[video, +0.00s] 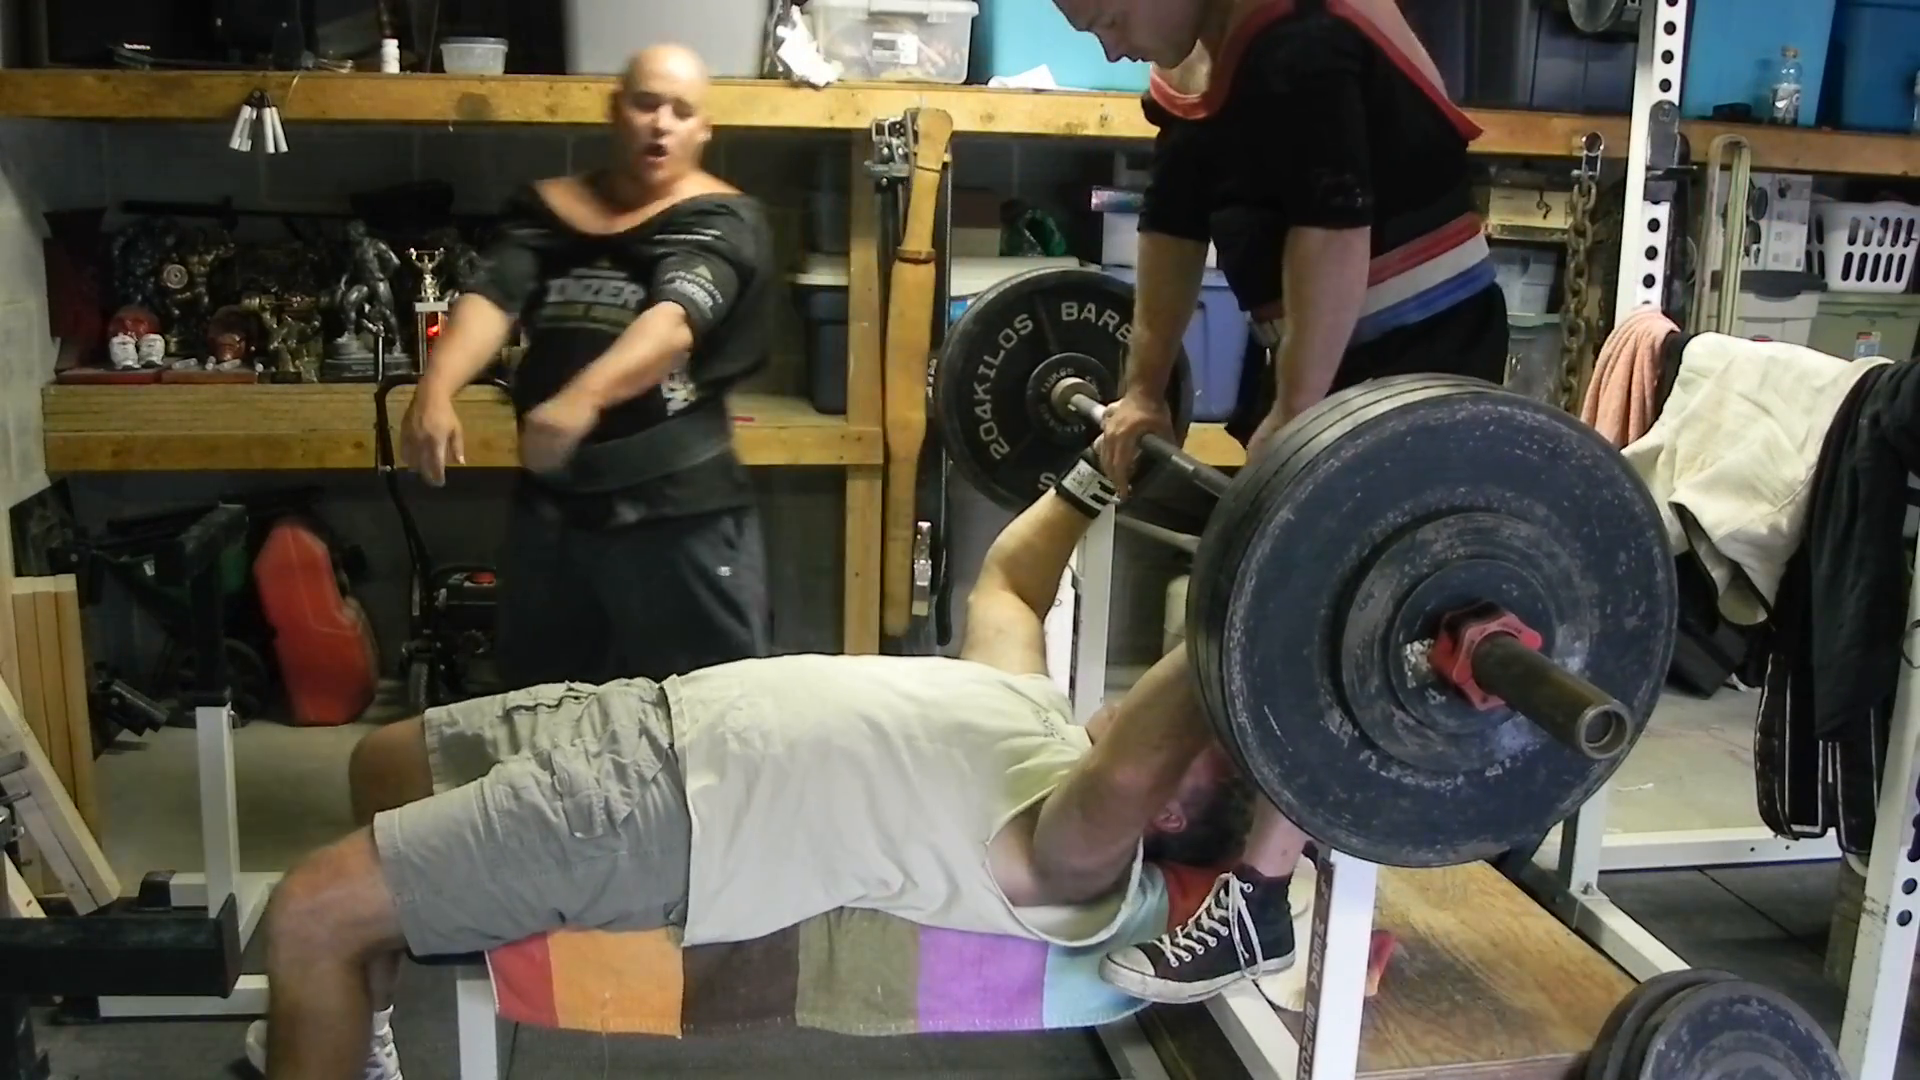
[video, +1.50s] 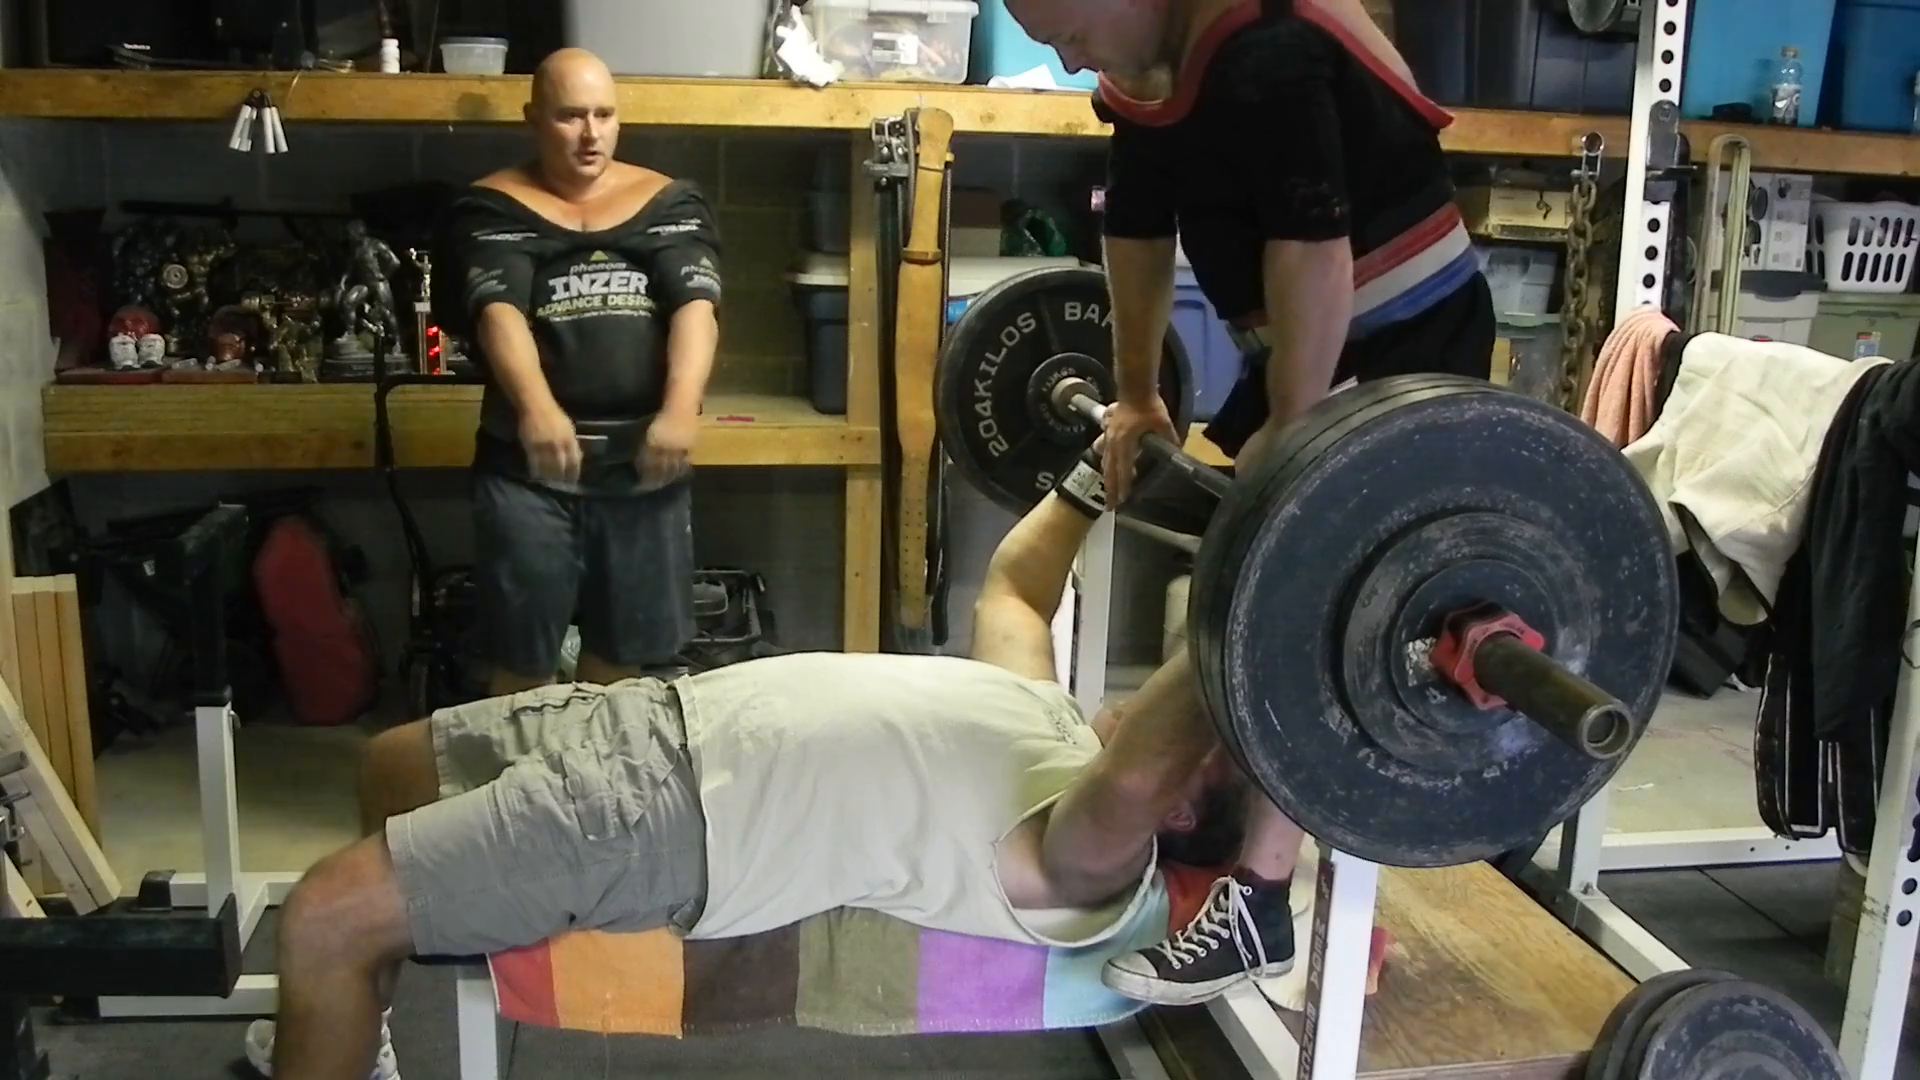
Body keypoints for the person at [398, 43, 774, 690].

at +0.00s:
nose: (661, 123)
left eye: (680, 110)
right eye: (646, 104)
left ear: (703, 128)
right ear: (615, 108)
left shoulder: (721, 216)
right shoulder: (548, 205)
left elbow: (676, 322)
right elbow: (491, 297)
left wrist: (581, 397)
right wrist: (435, 390)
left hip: (682, 518)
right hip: (554, 517)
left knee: (702, 731)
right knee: (546, 729)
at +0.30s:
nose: (545, 114)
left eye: (559, 99)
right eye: (526, 98)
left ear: (572, 109)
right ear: (482, 106)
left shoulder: (615, 199)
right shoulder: (435, 207)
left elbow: (657, 294)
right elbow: (436, 314)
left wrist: (667, 392)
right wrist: (477, 410)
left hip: (621, 503)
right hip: (490, 511)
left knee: (646, 705)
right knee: (500, 717)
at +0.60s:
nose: (514, 113)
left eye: (519, 97)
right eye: (493, 96)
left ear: (528, 104)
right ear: (435, 105)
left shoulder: (564, 196)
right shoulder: (404, 207)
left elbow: (637, 279)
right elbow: (476, 306)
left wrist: (711, 361)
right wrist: (606, 361)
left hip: (600, 489)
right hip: (479, 507)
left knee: (637, 695)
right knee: (494, 727)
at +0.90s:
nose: (530, 119)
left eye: (536, 103)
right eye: (508, 103)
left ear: (544, 107)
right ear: (454, 113)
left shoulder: (585, 195)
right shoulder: (423, 208)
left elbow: (647, 273)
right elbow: (474, 306)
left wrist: (689, 356)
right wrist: (565, 381)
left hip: (611, 494)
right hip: (494, 501)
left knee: (624, 688)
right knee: (498, 713)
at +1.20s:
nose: (568, 133)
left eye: (580, 116)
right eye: (549, 118)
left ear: (593, 118)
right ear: (509, 122)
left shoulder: (641, 202)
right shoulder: (469, 212)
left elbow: (679, 295)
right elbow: (479, 327)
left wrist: (686, 391)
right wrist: (523, 428)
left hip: (635, 482)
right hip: (514, 486)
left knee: (620, 672)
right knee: (504, 677)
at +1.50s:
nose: (589, 131)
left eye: (602, 114)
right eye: (570, 116)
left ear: (618, 117)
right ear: (535, 119)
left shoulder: (667, 199)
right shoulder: (493, 204)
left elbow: (696, 302)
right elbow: (497, 311)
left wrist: (680, 411)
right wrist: (537, 407)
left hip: (646, 469)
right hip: (529, 470)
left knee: (623, 656)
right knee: (522, 663)